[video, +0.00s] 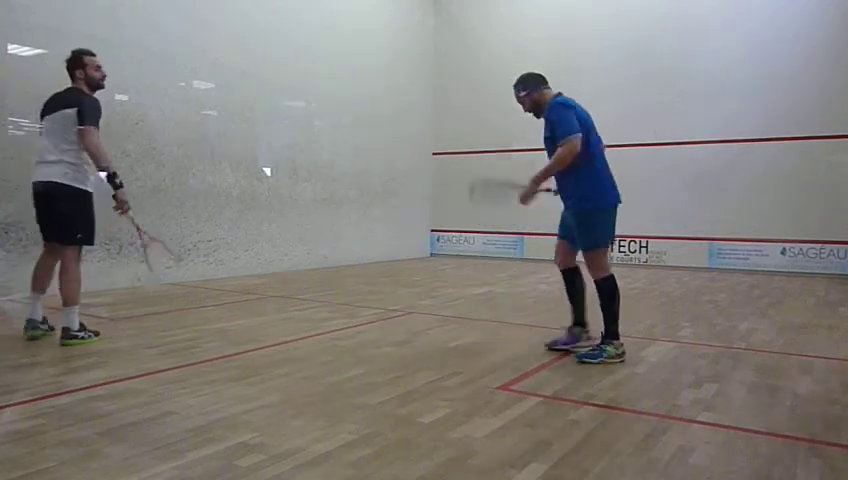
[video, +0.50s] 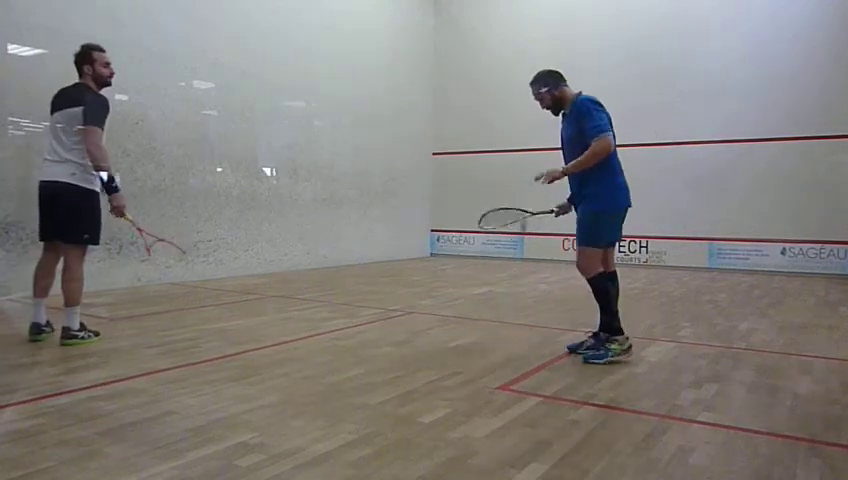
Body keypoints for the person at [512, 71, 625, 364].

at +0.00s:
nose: (522, 108)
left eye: (522, 101)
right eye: (520, 103)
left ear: (535, 93)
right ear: (537, 92)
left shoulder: (560, 109)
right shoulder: (561, 110)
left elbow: (571, 147)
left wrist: (536, 180)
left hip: (594, 201)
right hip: (577, 202)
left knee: (597, 264)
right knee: (564, 259)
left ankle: (611, 342)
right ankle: (579, 329)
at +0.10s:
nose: (529, 106)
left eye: (529, 99)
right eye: (526, 101)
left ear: (541, 90)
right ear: (543, 90)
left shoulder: (568, 108)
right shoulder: (563, 112)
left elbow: (581, 151)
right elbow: (581, 157)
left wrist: (550, 188)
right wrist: (555, 178)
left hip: (597, 203)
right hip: (583, 203)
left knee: (600, 265)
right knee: (584, 263)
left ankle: (612, 342)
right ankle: (601, 334)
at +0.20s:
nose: (534, 105)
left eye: (534, 98)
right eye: (531, 101)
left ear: (548, 89)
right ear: (545, 92)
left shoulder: (576, 107)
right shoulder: (566, 115)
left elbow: (588, 150)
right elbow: (585, 161)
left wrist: (549, 176)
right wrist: (559, 187)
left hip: (600, 202)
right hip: (590, 203)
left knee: (598, 264)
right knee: (593, 264)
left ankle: (610, 341)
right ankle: (604, 335)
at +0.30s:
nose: (537, 107)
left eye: (537, 99)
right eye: (534, 102)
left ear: (551, 91)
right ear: (550, 93)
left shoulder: (580, 108)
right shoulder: (568, 118)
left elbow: (594, 149)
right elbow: (583, 169)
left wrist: (556, 169)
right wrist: (565, 201)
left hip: (601, 200)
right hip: (601, 200)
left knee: (581, 263)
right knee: (604, 264)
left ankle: (607, 336)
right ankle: (605, 334)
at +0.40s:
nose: (538, 106)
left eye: (538, 99)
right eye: (535, 101)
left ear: (553, 90)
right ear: (550, 94)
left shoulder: (582, 107)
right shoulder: (569, 119)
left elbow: (601, 148)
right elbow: (584, 167)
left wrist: (562, 172)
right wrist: (571, 202)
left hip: (602, 199)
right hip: (599, 199)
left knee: (579, 262)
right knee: (604, 263)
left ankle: (610, 333)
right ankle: (606, 334)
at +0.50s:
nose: (540, 104)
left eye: (540, 97)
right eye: (537, 99)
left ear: (554, 89)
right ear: (551, 92)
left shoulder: (584, 106)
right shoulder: (569, 118)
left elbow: (604, 145)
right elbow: (584, 167)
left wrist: (564, 170)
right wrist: (570, 201)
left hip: (603, 199)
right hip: (596, 200)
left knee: (587, 263)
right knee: (604, 264)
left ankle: (615, 336)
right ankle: (606, 334)